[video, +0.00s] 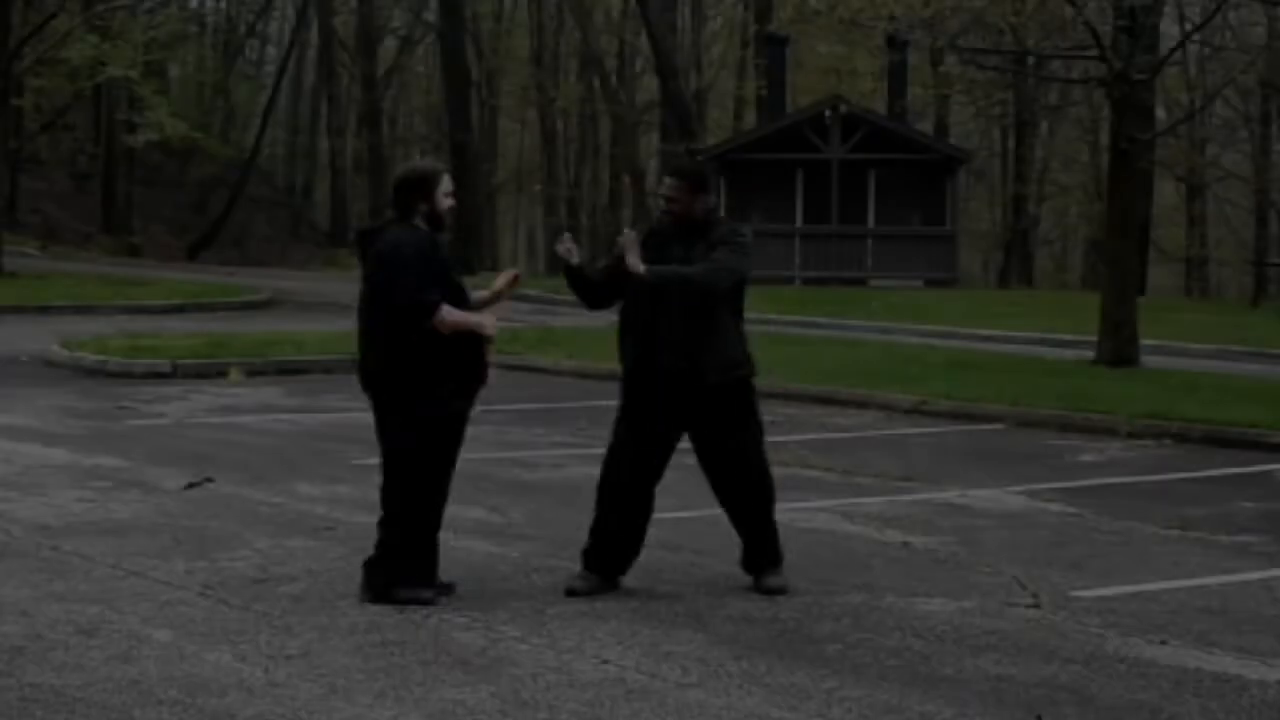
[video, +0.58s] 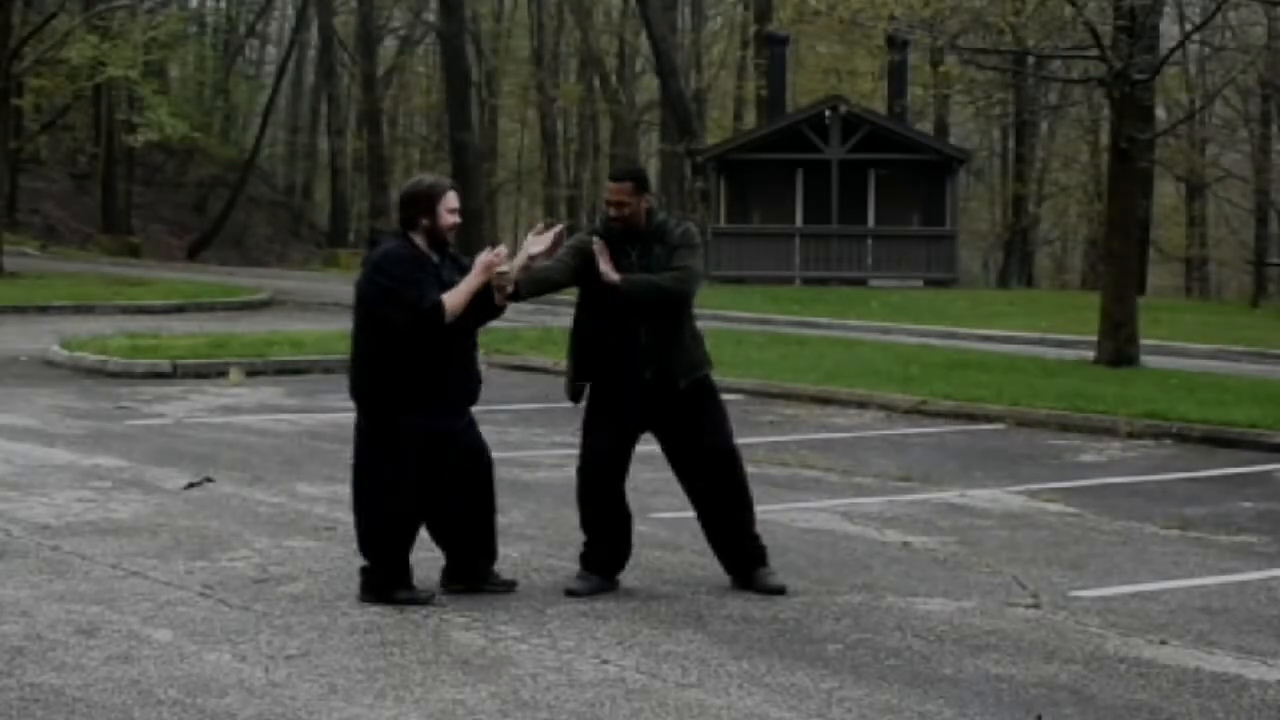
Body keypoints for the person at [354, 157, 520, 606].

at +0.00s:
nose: (452, 203)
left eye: (452, 195)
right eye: (446, 195)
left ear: (419, 200)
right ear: (423, 200)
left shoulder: (416, 243)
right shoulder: (410, 246)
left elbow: (442, 303)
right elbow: (430, 313)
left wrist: (488, 297)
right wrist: (478, 323)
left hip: (423, 382)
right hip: (414, 384)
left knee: (423, 480)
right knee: (414, 481)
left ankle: (416, 574)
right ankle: (397, 579)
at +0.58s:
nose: (458, 220)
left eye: (458, 212)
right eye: (450, 212)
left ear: (439, 216)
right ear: (423, 216)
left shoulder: (444, 260)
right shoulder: (392, 262)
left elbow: (475, 310)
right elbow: (427, 317)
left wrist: (522, 261)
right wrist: (476, 278)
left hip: (442, 403)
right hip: (394, 407)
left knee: (470, 474)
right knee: (391, 492)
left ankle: (469, 569)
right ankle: (385, 579)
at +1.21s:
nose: (534, 215)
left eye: (532, 208)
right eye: (527, 208)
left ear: (497, 215)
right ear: (504, 215)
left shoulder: (467, 253)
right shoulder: (503, 252)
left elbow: (501, 298)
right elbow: (570, 240)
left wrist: (549, 307)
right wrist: (614, 197)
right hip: (492, 395)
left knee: (515, 480)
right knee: (452, 482)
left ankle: (514, 565)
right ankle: (395, 565)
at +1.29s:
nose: (542, 213)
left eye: (541, 205)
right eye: (535, 206)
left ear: (502, 213)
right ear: (511, 212)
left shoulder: (480, 251)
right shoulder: (512, 248)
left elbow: (505, 313)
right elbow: (582, 236)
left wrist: (555, 303)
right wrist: (620, 203)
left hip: (499, 387)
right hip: (501, 391)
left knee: (517, 477)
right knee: (466, 478)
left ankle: (514, 566)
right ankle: (411, 566)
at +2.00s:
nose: (568, 216)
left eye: (569, 208)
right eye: (560, 209)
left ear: (546, 214)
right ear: (534, 213)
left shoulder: (567, 256)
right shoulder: (506, 257)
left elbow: (625, 258)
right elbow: (543, 303)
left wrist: (671, 218)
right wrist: (587, 274)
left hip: (569, 395)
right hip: (523, 398)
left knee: (588, 474)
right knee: (534, 484)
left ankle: (557, 556)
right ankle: (514, 571)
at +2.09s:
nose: (567, 217)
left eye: (567, 209)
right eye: (559, 210)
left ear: (549, 214)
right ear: (532, 214)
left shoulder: (567, 255)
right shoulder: (505, 260)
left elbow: (626, 250)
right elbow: (538, 306)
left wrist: (669, 209)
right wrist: (584, 273)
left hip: (574, 396)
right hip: (527, 401)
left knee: (596, 481)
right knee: (532, 489)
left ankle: (580, 563)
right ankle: (516, 573)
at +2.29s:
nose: (571, 215)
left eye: (572, 207)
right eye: (563, 208)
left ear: (552, 213)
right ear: (536, 213)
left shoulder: (572, 253)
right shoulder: (508, 263)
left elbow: (631, 244)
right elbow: (539, 310)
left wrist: (673, 203)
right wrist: (590, 282)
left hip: (583, 398)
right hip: (535, 403)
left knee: (596, 481)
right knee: (533, 489)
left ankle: (580, 560)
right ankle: (515, 573)